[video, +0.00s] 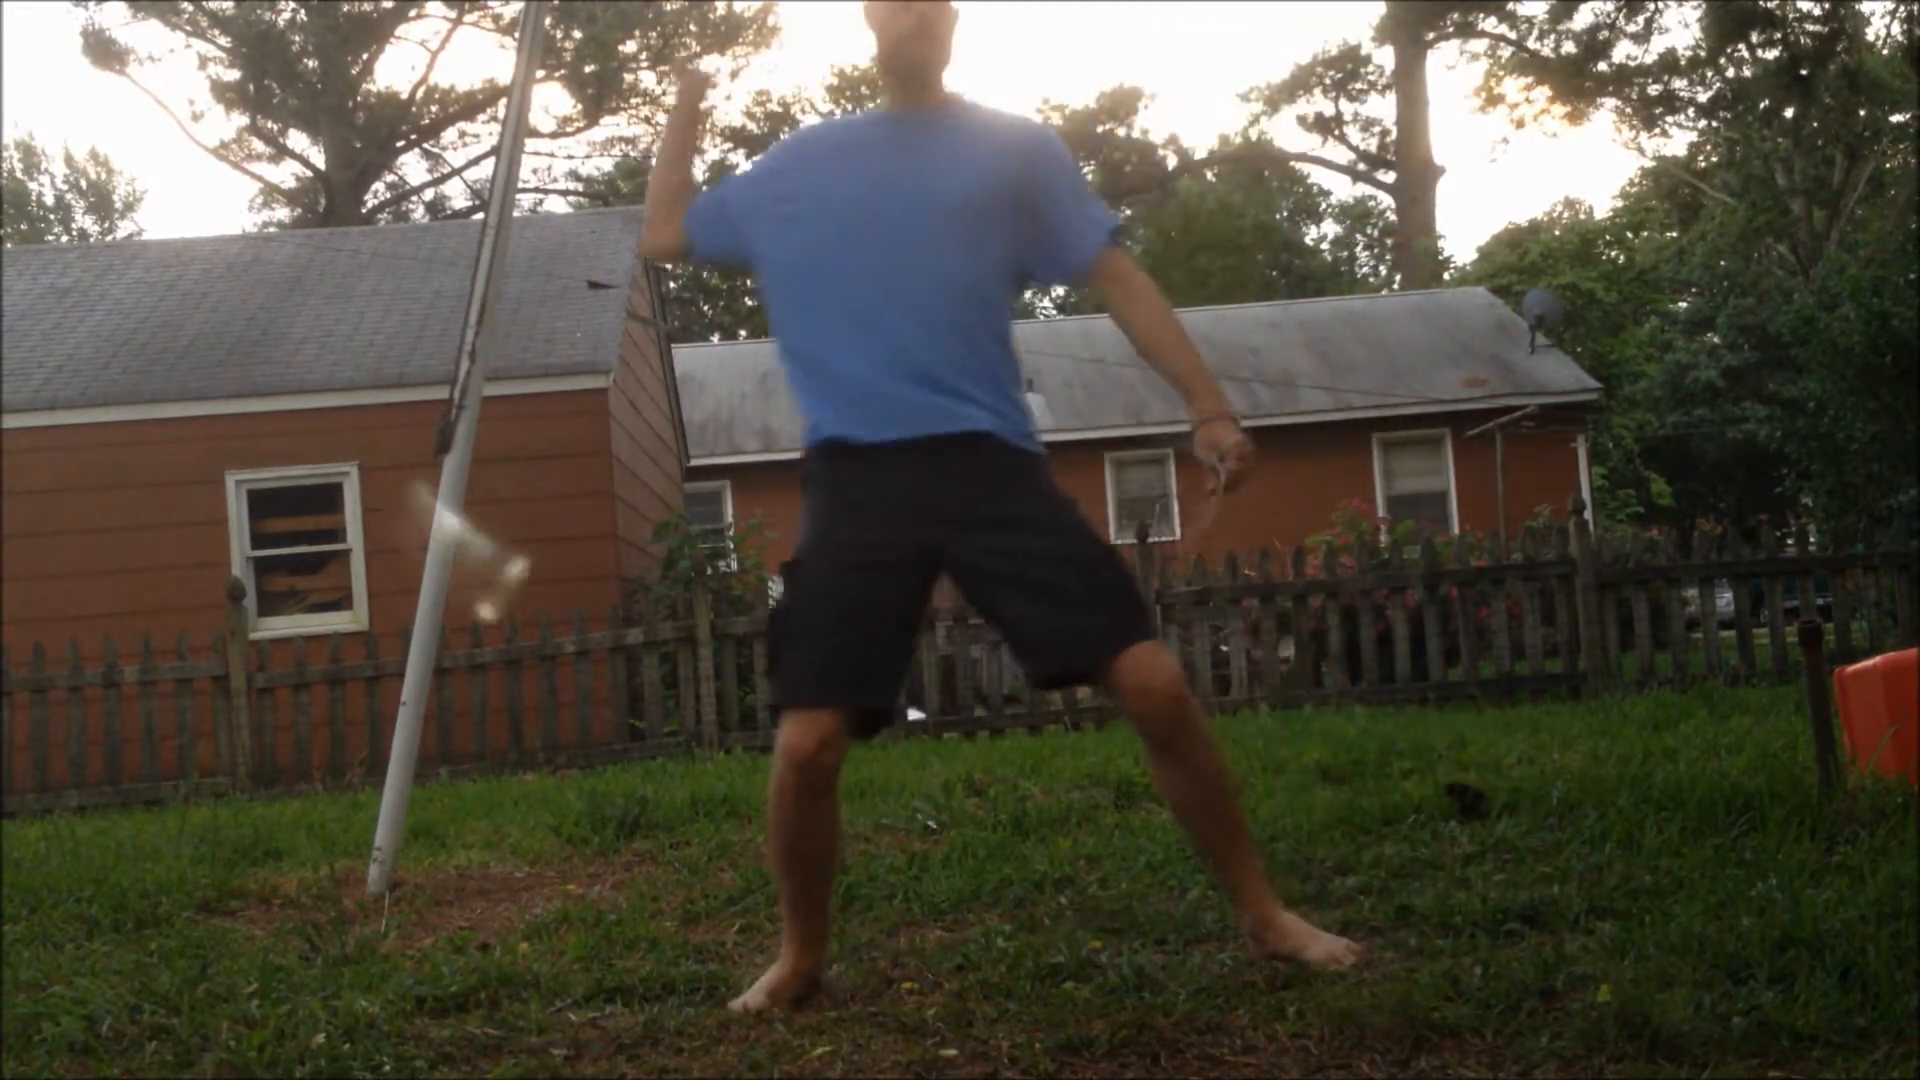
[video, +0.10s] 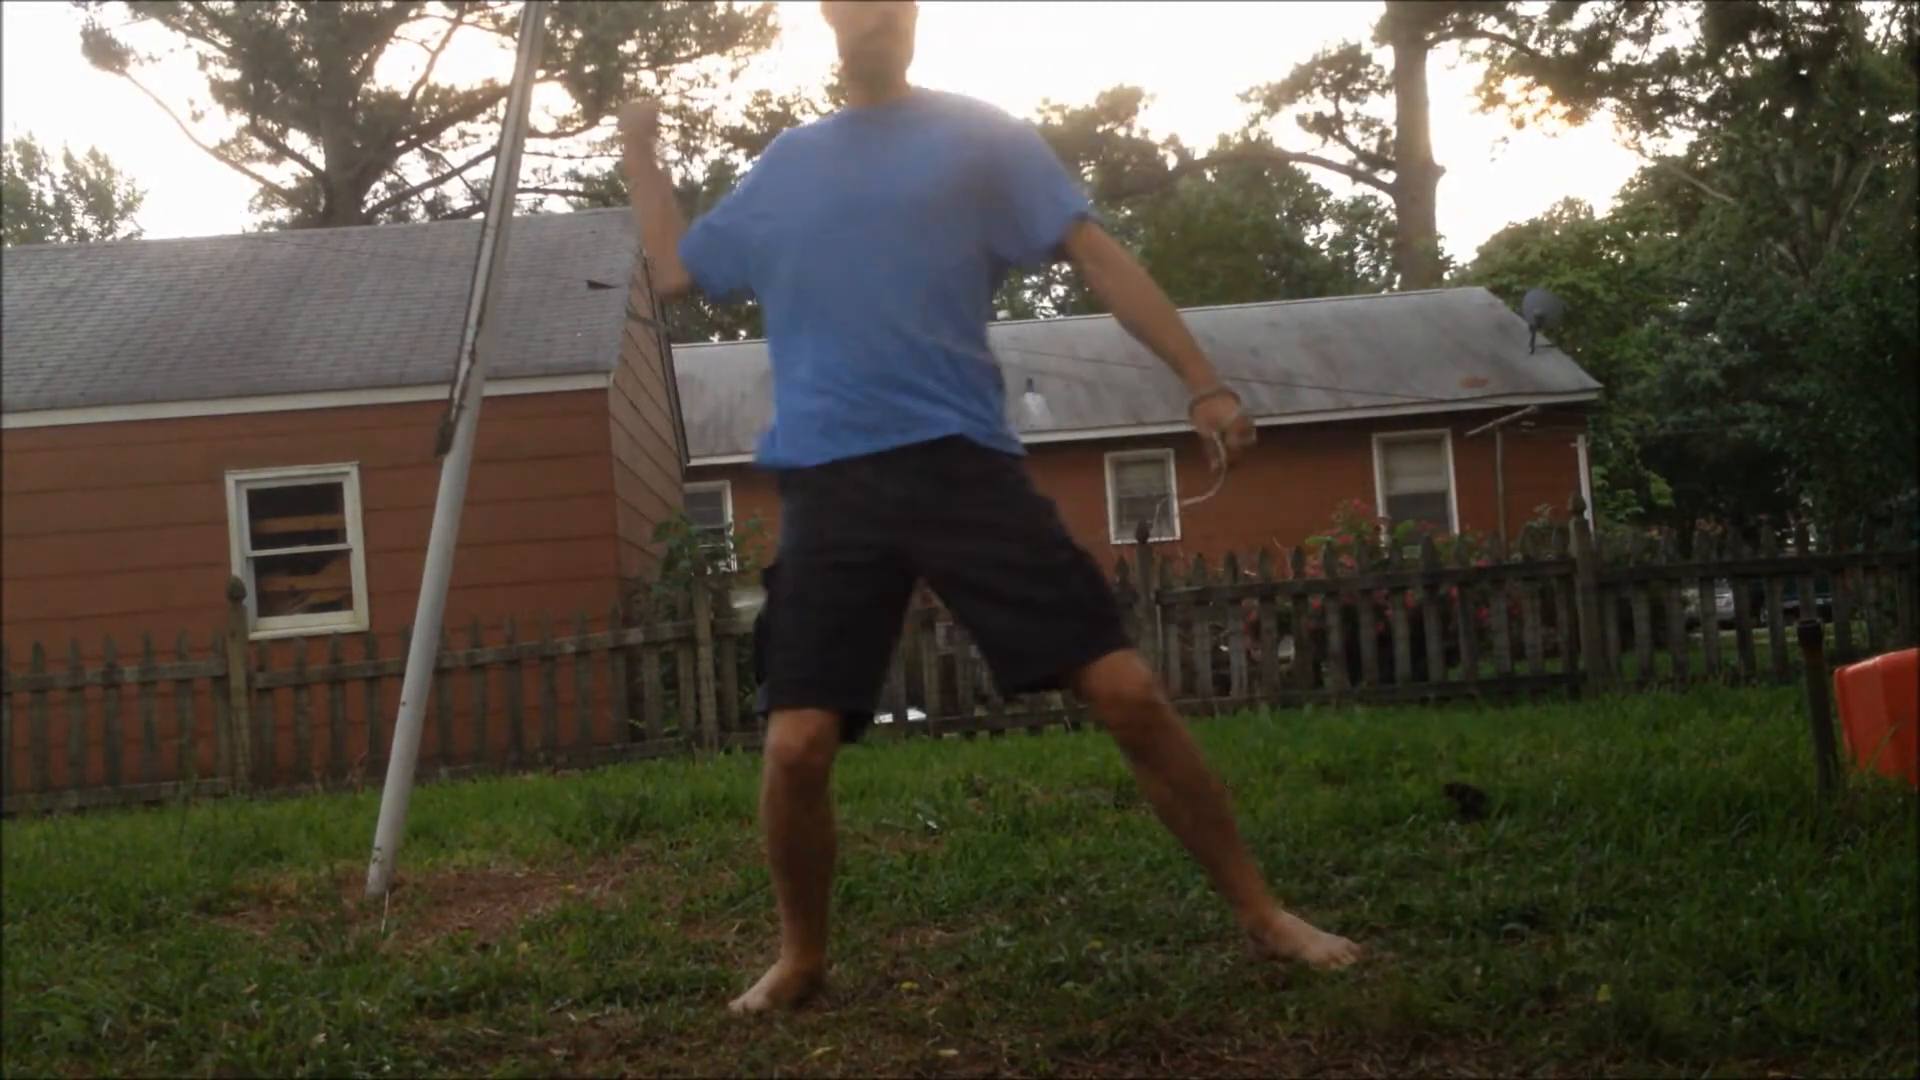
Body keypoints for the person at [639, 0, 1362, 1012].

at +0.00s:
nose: (913, 19)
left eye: (930, 3)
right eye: (894, 4)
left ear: (953, 25)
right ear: (866, 28)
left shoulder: (1019, 149)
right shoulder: (803, 159)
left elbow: (1115, 278)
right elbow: (664, 234)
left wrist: (1208, 404)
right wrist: (683, 114)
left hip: (995, 464)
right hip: (856, 472)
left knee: (1157, 685)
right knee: (804, 745)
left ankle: (1264, 916)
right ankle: (797, 963)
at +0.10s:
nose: (866, 17)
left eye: (884, 2)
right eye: (848, 4)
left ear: (914, 18)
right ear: (824, 25)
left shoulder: (986, 136)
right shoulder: (785, 162)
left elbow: (1099, 256)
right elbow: (672, 270)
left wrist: (1203, 382)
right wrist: (638, 150)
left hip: (966, 461)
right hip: (827, 478)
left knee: (1129, 693)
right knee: (793, 747)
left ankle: (1263, 914)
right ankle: (798, 960)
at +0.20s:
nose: (848, 12)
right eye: (826, 3)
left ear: (892, 14)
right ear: (801, 24)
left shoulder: (959, 127)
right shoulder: (780, 156)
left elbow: (1081, 244)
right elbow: (701, 281)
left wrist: (1195, 374)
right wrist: (603, 201)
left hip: (956, 460)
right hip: (819, 475)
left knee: (1114, 695)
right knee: (791, 748)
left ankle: (1261, 914)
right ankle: (800, 957)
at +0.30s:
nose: (831, 12)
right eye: (812, 1)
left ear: (884, 11)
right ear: (790, 22)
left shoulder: (953, 126)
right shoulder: (777, 151)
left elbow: (1072, 247)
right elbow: (723, 286)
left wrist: (1175, 385)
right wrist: (602, 261)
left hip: (954, 462)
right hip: (818, 479)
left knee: (1112, 689)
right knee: (793, 739)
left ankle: (1264, 903)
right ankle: (802, 957)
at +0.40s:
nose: (803, 19)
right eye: (796, 5)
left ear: (878, 6)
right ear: (794, 21)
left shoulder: (961, 119)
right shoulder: (793, 140)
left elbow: (1079, 252)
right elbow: (754, 285)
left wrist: (1165, 396)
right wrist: (635, 293)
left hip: (963, 455)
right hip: (833, 474)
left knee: (1105, 678)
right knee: (798, 724)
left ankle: (1269, 870)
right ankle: (804, 957)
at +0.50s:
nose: (797, 18)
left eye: (809, 1)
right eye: (796, 5)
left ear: (875, 2)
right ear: (858, 14)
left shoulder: (989, 105)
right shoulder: (840, 127)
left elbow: (1106, 238)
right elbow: (810, 281)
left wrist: (1161, 391)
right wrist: (684, 290)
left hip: (987, 439)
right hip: (869, 457)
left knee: (1097, 681)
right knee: (822, 701)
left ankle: (1264, 848)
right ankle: (806, 949)